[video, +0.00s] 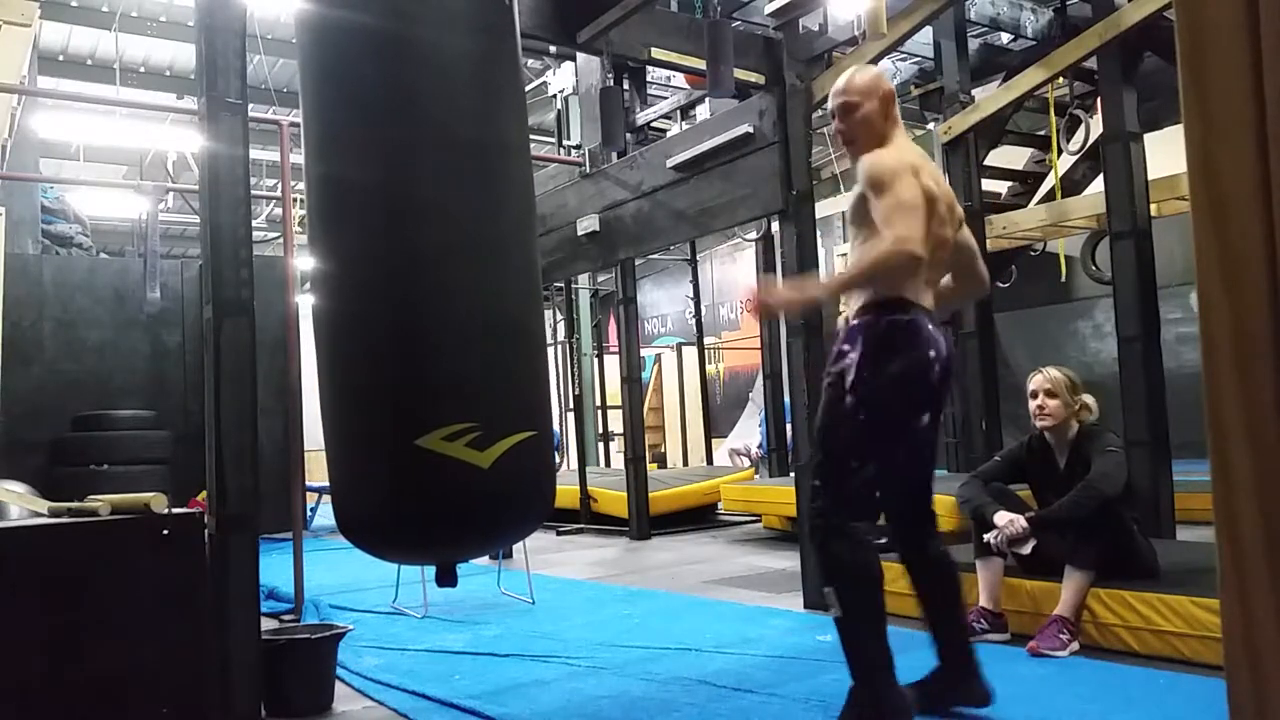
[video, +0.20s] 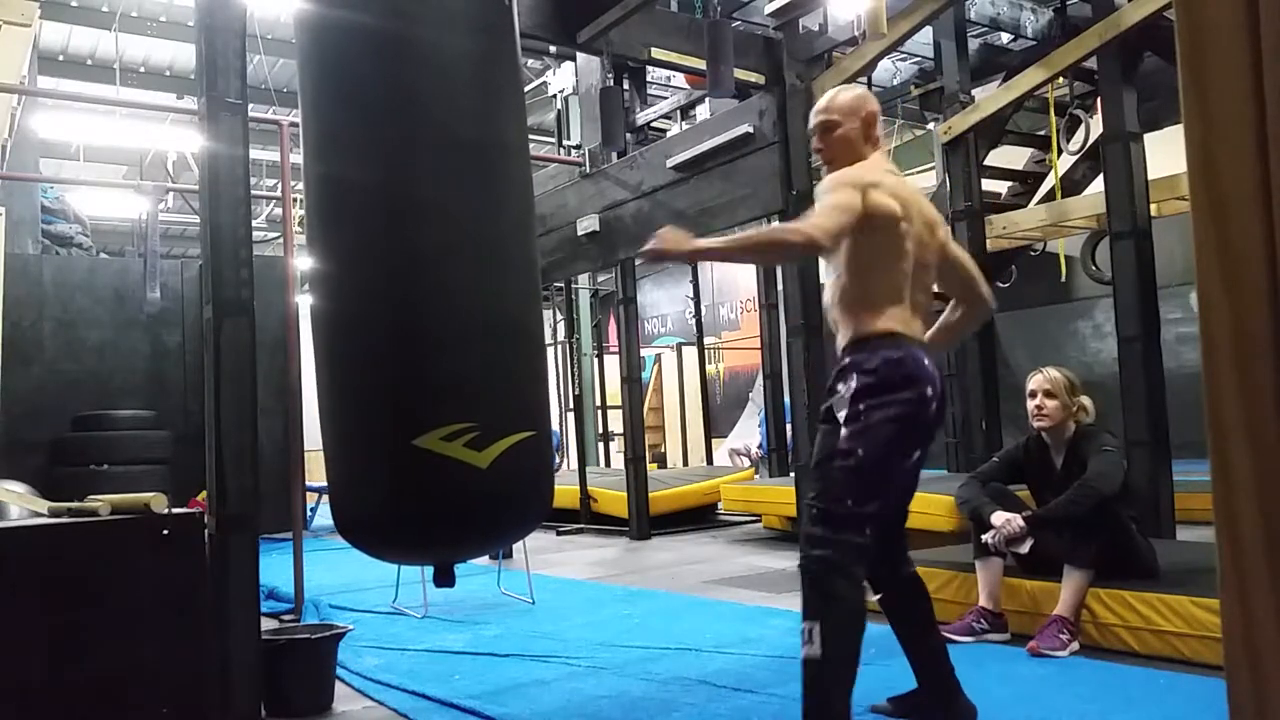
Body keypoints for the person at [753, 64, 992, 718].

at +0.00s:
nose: (836, 125)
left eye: (846, 111)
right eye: (833, 114)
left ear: (882, 107)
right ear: (887, 113)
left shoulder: (886, 163)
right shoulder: (928, 172)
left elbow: (904, 246)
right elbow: (975, 275)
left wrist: (806, 290)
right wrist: (904, 303)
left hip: (881, 341)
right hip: (925, 343)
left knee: (838, 515)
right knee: (911, 517)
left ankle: (874, 691)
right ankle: (960, 670)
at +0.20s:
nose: (817, 143)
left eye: (827, 129)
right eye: (814, 132)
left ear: (871, 125)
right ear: (872, 134)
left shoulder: (849, 182)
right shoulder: (914, 199)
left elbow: (808, 237)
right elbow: (977, 299)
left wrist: (694, 248)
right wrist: (918, 348)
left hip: (873, 378)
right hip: (914, 379)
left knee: (828, 549)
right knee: (883, 552)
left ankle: (825, 711)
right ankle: (942, 695)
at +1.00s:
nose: (827, 70)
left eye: (846, 59)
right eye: (824, 57)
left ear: (891, 68)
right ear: (816, 63)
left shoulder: (917, 181)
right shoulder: (779, 136)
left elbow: (876, 249)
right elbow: (674, 180)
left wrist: (834, 131)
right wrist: (589, 138)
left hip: (772, 365)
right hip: (687, 308)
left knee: (751, 572)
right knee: (544, 368)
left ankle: (741, 715)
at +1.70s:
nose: (691, 139)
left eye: (689, 125)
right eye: (685, 130)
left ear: (712, 95)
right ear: (743, 95)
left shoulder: (738, 146)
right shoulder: (814, 170)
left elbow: (690, 203)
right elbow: (835, 293)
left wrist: (566, 199)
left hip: (773, 369)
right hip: (825, 364)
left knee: (727, 555)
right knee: (859, 532)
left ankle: (730, 712)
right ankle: (931, 680)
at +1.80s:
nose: (716, 160)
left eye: (713, 147)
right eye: (711, 151)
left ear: (732, 125)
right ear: (763, 121)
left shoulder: (760, 173)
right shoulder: (835, 184)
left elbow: (695, 218)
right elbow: (883, 286)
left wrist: (567, 206)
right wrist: (834, 328)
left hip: (802, 379)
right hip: (856, 373)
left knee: (739, 558)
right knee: (877, 546)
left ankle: (737, 712)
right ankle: (945, 697)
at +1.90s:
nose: (738, 173)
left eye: (735, 159)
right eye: (732, 162)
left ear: (759, 136)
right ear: (789, 131)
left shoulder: (779, 182)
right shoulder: (860, 193)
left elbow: (722, 235)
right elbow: (919, 277)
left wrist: (598, 213)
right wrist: (877, 334)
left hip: (815, 374)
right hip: (875, 371)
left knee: (749, 548)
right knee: (887, 540)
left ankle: (752, 712)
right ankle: (947, 698)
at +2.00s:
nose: (750, 150)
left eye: (748, 137)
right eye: (745, 140)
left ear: (770, 113)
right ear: (803, 108)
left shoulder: (788, 153)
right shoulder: (872, 169)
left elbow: (746, 224)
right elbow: (945, 252)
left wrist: (624, 218)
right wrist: (890, 324)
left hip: (815, 347)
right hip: (870, 348)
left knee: (763, 530)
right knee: (870, 519)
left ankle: (782, 707)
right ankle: (929, 672)